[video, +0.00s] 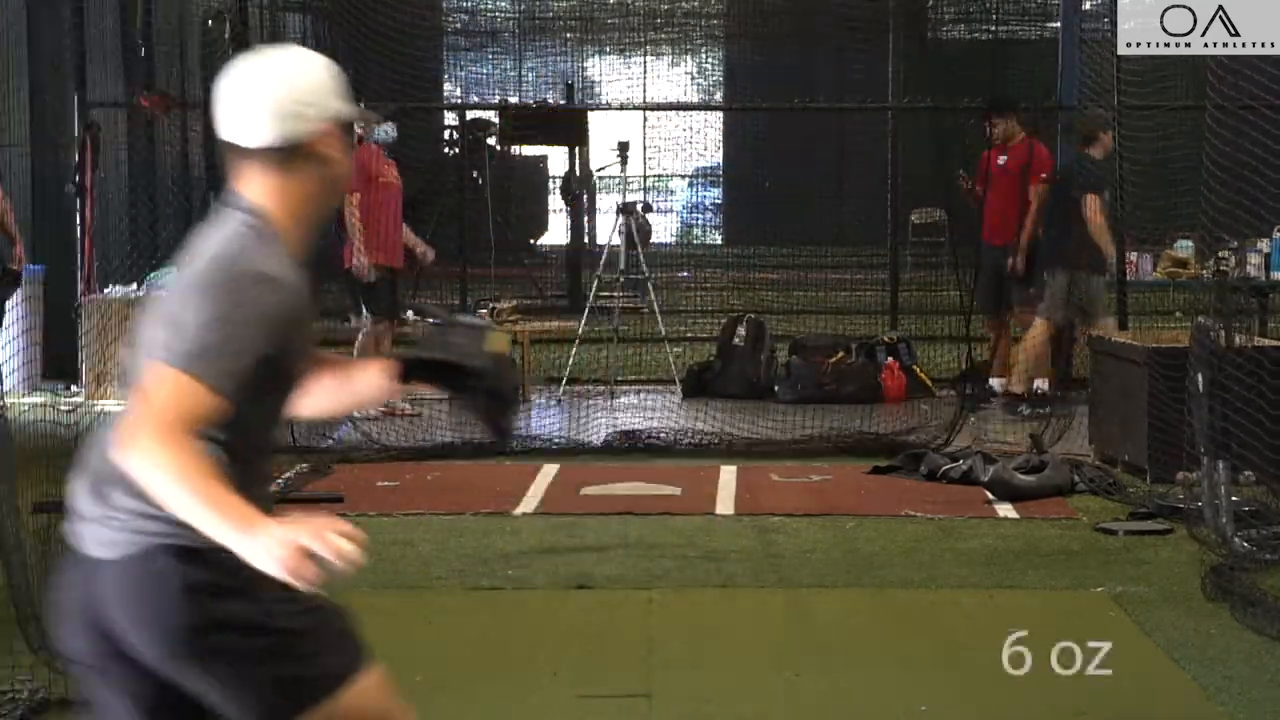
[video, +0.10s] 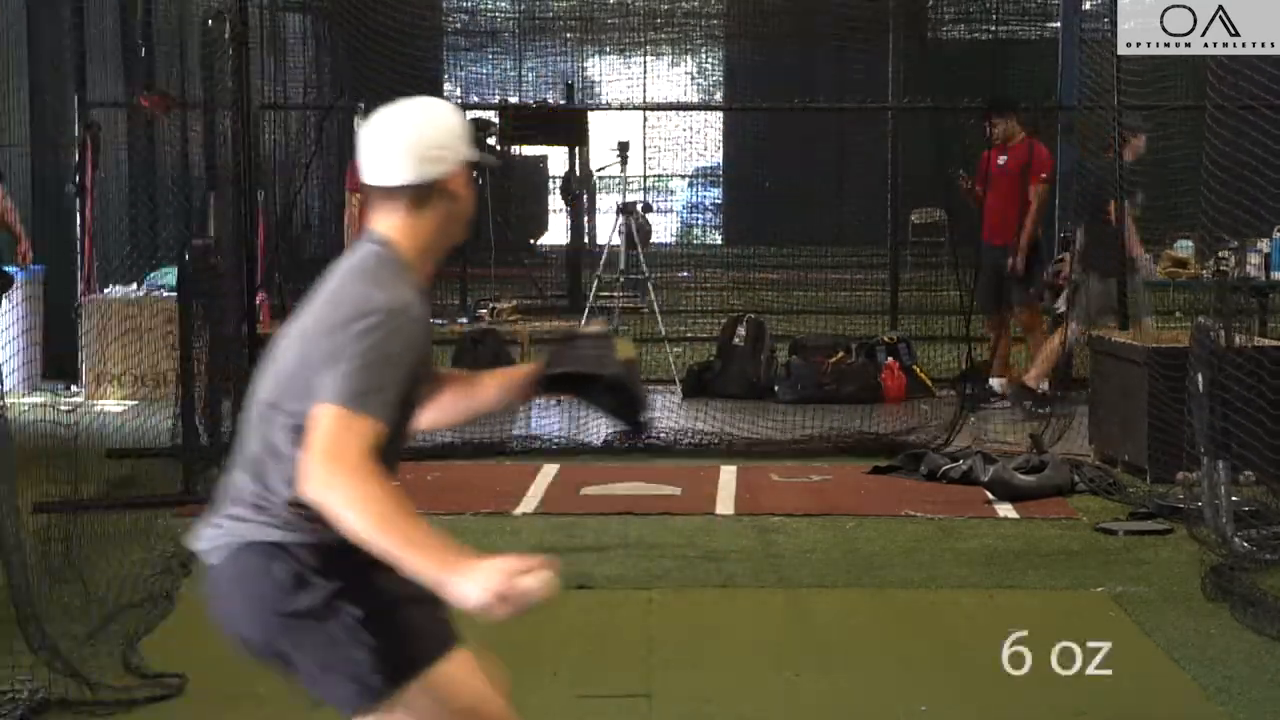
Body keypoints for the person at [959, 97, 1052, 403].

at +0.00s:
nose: (992, 131)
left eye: (997, 125)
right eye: (990, 125)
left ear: (1012, 122)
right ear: (992, 126)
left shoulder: (1036, 153)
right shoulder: (990, 155)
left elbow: (1036, 204)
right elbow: (984, 198)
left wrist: (1022, 250)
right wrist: (971, 192)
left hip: (1021, 246)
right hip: (992, 245)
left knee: (1026, 315)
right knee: (996, 318)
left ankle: (1040, 380)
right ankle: (998, 381)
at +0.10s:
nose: (991, 131)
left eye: (996, 125)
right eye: (989, 125)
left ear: (1012, 122)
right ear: (992, 126)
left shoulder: (1036, 153)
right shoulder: (990, 155)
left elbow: (1036, 204)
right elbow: (984, 200)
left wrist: (1022, 250)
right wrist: (972, 192)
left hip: (1021, 246)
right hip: (992, 245)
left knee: (1028, 316)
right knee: (996, 317)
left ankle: (1041, 381)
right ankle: (998, 381)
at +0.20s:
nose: (991, 131)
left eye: (996, 125)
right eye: (989, 125)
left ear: (1012, 122)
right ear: (992, 126)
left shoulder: (1036, 154)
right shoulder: (989, 156)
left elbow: (1037, 206)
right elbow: (982, 201)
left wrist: (1023, 249)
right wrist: (970, 191)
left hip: (1022, 246)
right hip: (992, 246)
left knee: (1028, 317)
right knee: (996, 318)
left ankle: (1043, 381)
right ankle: (998, 383)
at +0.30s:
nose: (991, 131)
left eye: (996, 125)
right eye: (990, 125)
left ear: (1012, 122)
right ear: (992, 126)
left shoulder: (1036, 153)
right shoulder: (989, 156)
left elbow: (1037, 205)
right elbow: (981, 200)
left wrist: (1023, 249)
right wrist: (970, 191)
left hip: (1023, 246)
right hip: (993, 246)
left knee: (1028, 318)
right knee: (996, 319)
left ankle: (1041, 383)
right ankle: (998, 383)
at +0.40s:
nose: (992, 130)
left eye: (996, 123)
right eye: (989, 124)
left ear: (1013, 121)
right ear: (991, 125)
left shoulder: (1036, 153)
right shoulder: (989, 156)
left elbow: (1038, 206)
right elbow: (982, 201)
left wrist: (1023, 249)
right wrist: (970, 191)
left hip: (1023, 246)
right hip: (992, 246)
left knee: (1028, 318)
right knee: (996, 318)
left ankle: (1041, 385)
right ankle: (997, 384)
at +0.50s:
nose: (991, 130)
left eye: (996, 123)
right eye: (989, 124)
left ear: (1013, 121)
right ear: (991, 125)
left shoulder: (1036, 153)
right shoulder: (989, 156)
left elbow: (1038, 206)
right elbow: (982, 201)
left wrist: (1023, 249)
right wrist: (970, 191)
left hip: (1023, 247)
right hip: (992, 246)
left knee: (1029, 318)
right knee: (995, 319)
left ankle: (1041, 386)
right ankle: (997, 385)